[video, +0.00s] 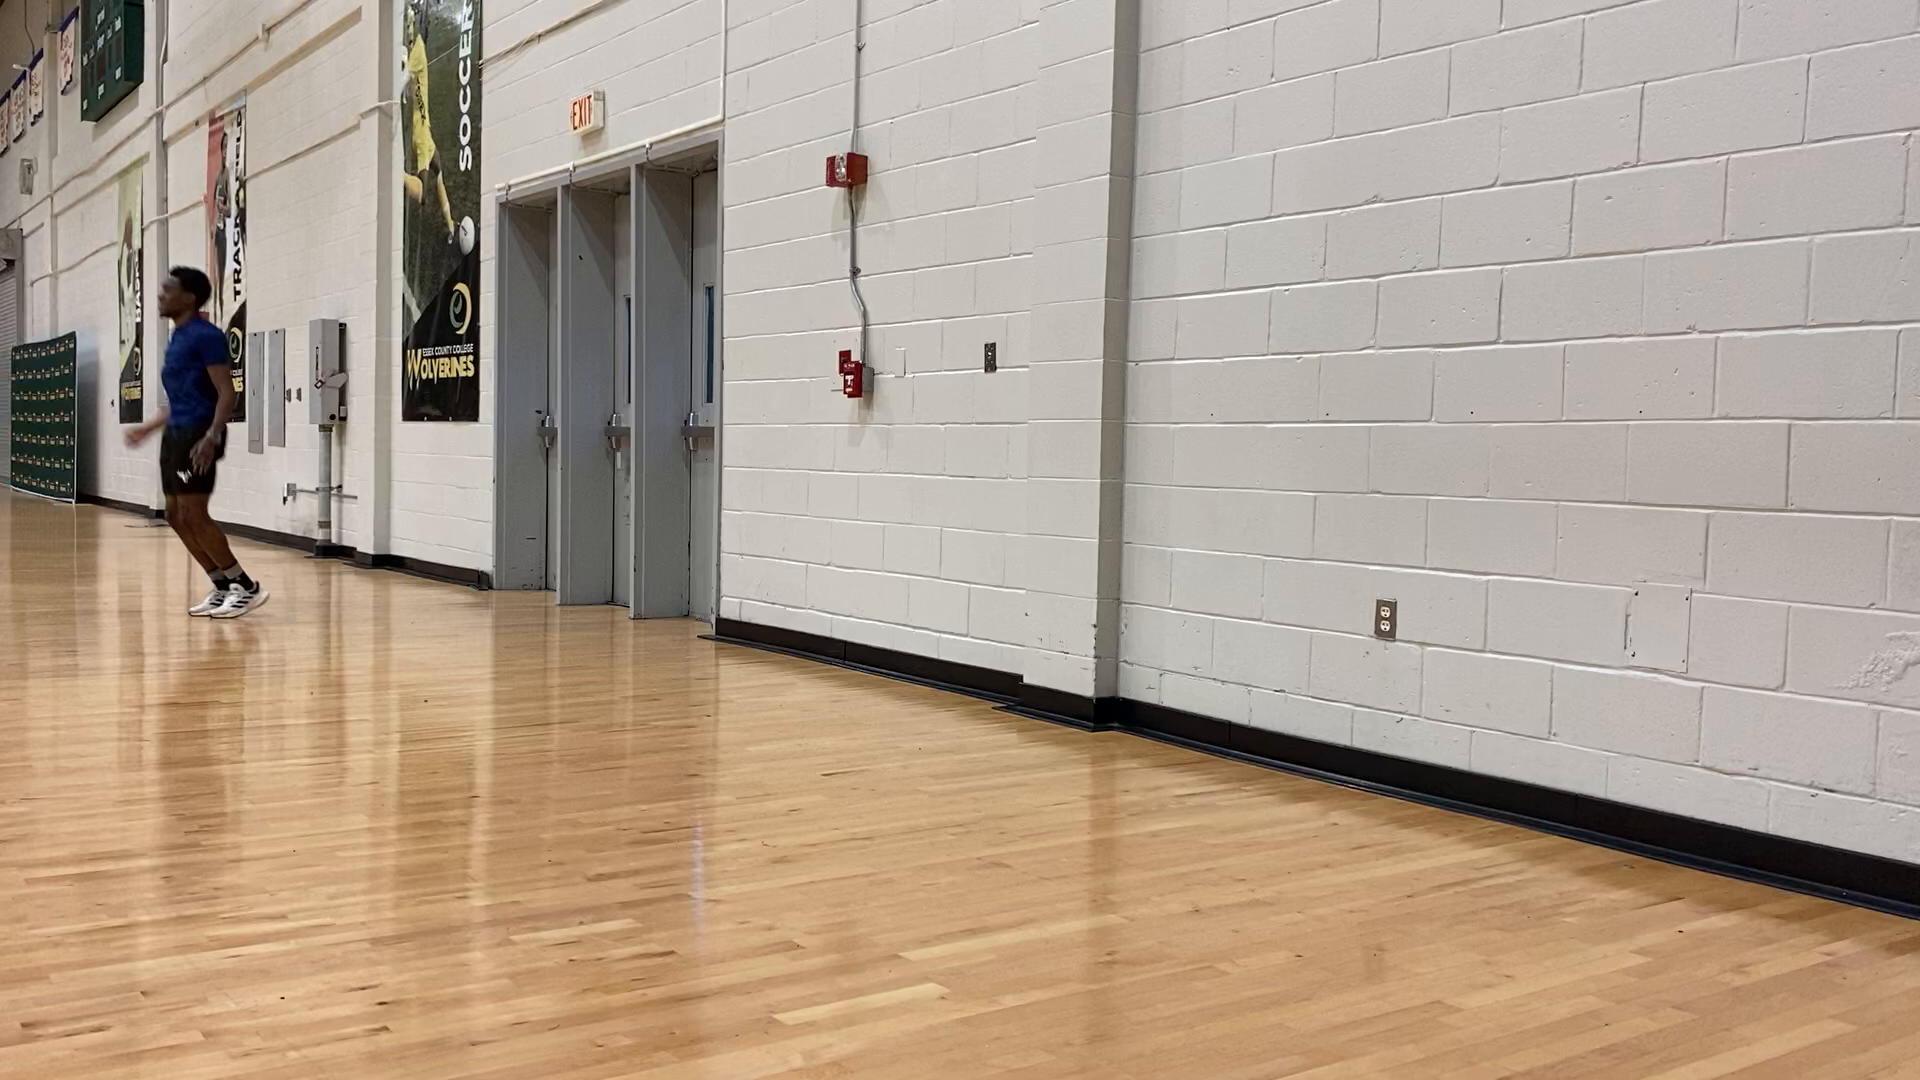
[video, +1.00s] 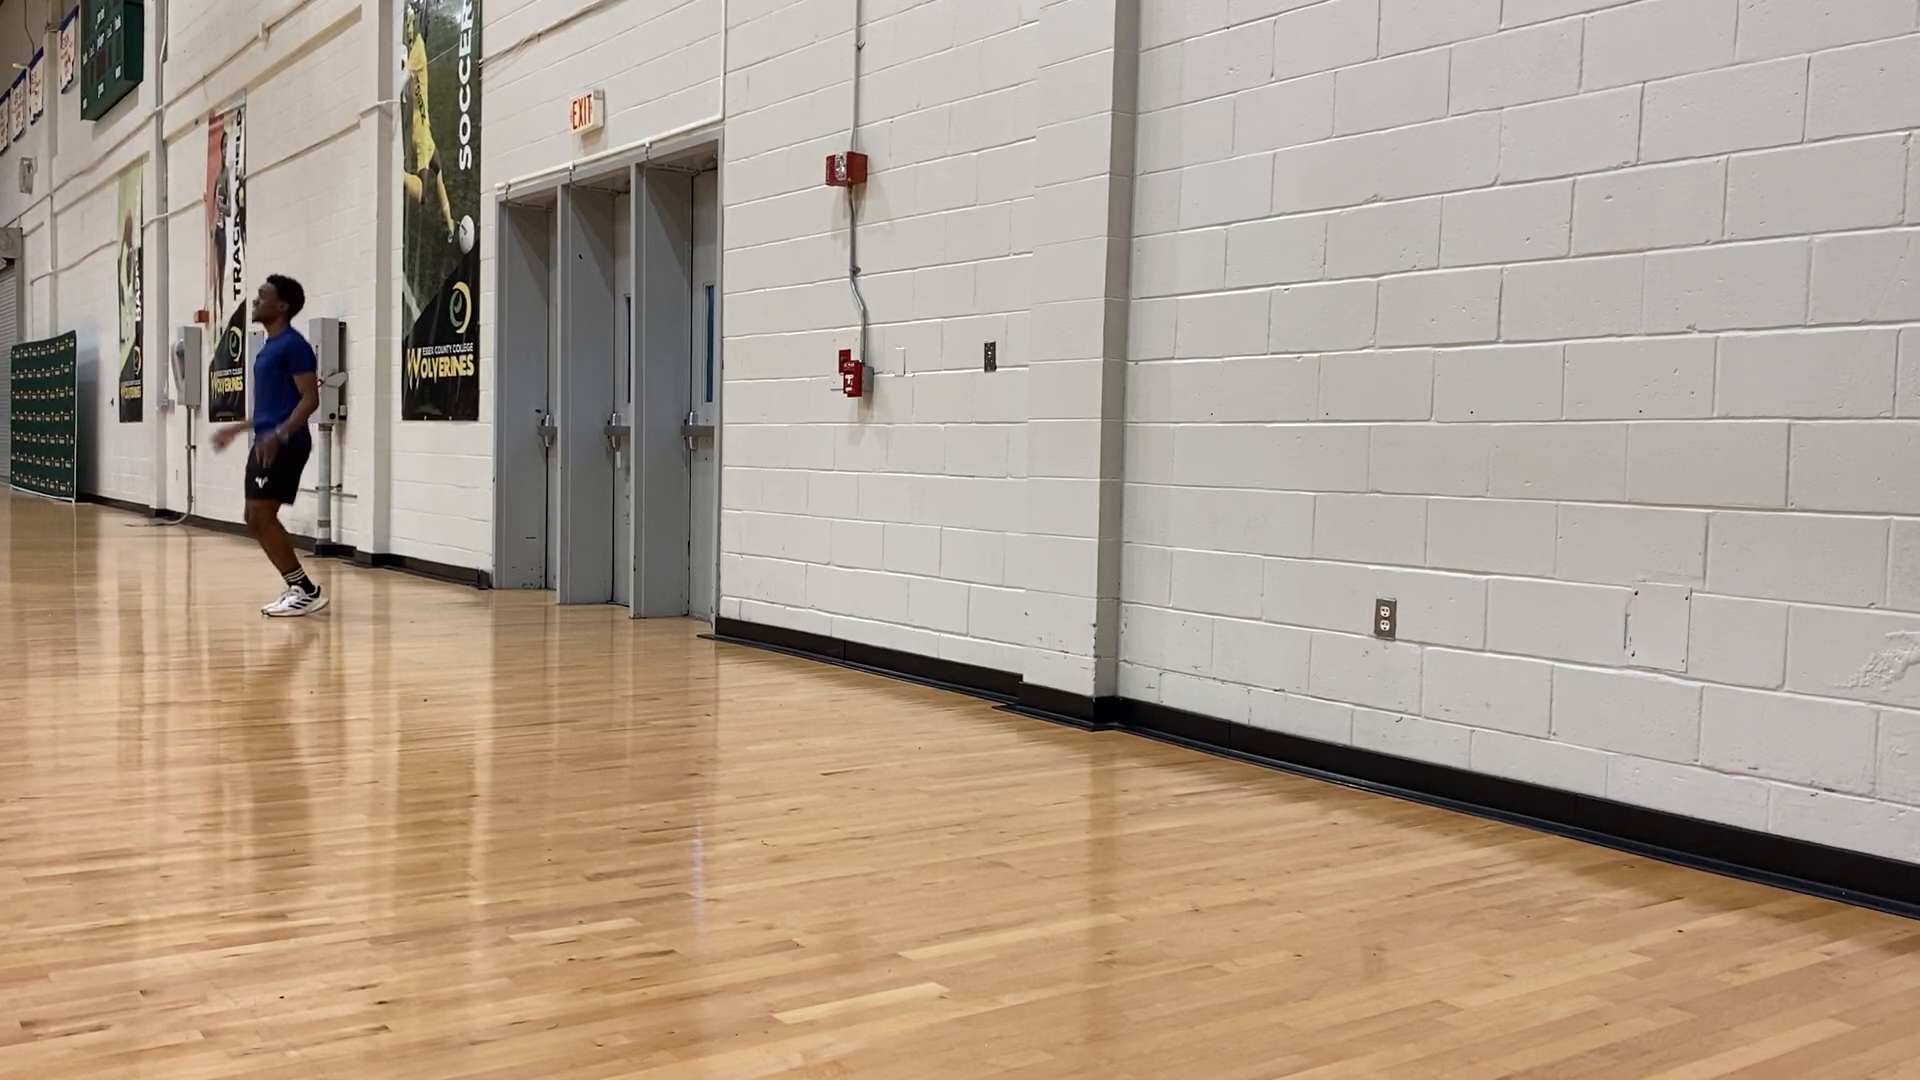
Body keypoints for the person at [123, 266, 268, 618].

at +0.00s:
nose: (160, 294)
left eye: (168, 289)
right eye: (162, 288)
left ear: (190, 298)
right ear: (179, 298)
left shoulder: (206, 336)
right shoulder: (179, 336)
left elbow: (227, 394)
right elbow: (180, 402)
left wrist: (211, 438)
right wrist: (147, 428)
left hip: (199, 435)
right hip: (176, 434)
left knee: (194, 515)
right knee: (177, 518)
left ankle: (244, 586)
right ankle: (223, 588)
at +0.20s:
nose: (190, 277)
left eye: (198, 272)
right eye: (193, 271)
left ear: (218, 281)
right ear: (209, 281)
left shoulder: (228, 315)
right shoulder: (204, 319)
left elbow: (245, 363)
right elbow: (194, 371)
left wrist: (210, 376)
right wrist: (150, 364)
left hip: (233, 418)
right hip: (212, 418)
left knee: (230, 497)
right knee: (212, 497)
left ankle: (250, 583)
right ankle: (224, 582)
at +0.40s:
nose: (213, 296)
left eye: (221, 290)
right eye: (214, 290)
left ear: (238, 294)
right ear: (218, 295)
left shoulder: (254, 319)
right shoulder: (227, 321)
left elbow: (264, 297)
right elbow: (208, 293)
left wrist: (234, 258)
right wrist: (204, 252)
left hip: (256, 424)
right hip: (233, 424)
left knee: (244, 506)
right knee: (225, 508)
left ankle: (301, 581)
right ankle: (268, 579)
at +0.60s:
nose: (232, 283)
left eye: (238, 279)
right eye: (234, 278)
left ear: (256, 284)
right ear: (242, 285)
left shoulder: (271, 312)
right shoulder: (241, 312)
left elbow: (286, 292)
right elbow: (222, 282)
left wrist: (269, 246)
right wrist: (210, 244)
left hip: (269, 416)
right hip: (247, 416)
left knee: (267, 499)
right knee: (246, 498)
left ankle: (303, 582)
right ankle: (269, 578)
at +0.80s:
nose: (244, 269)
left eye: (252, 265)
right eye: (247, 264)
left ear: (271, 274)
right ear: (258, 274)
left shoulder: (280, 305)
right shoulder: (256, 309)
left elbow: (308, 351)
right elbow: (248, 361)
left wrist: (287, 376)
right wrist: (207, 363)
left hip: (276, 405)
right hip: (255, 406)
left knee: (267, 488)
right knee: (253, 488)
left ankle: (294, 572)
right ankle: (278, 570)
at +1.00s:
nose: (255, 301)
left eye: (262, 297)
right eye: (257, 296)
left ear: (281, 307)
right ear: (275, 308)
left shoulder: (294, 345)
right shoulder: (270, 346)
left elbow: (311, 399)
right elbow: (270, 408)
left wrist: (279, 434)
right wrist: (236, 429)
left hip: (286, 440)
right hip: (267, 438)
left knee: (263, 516)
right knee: (253, 519)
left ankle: (304, 590)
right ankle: (299, 588)